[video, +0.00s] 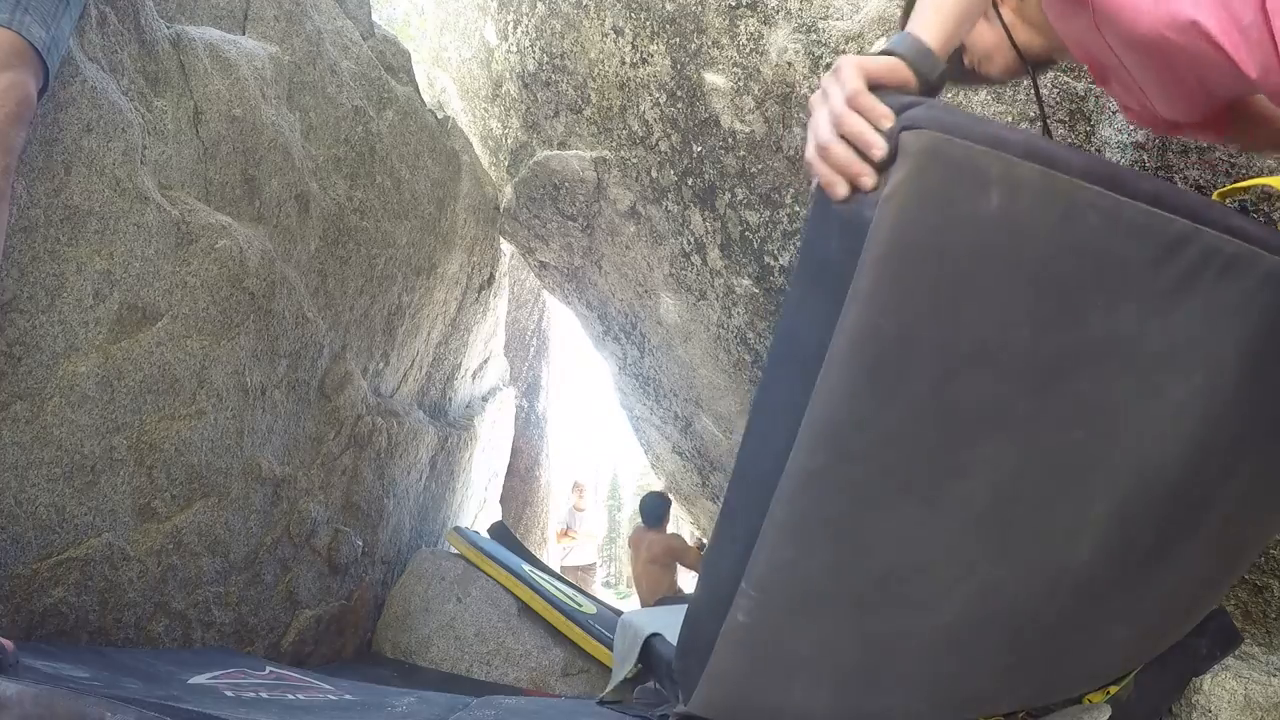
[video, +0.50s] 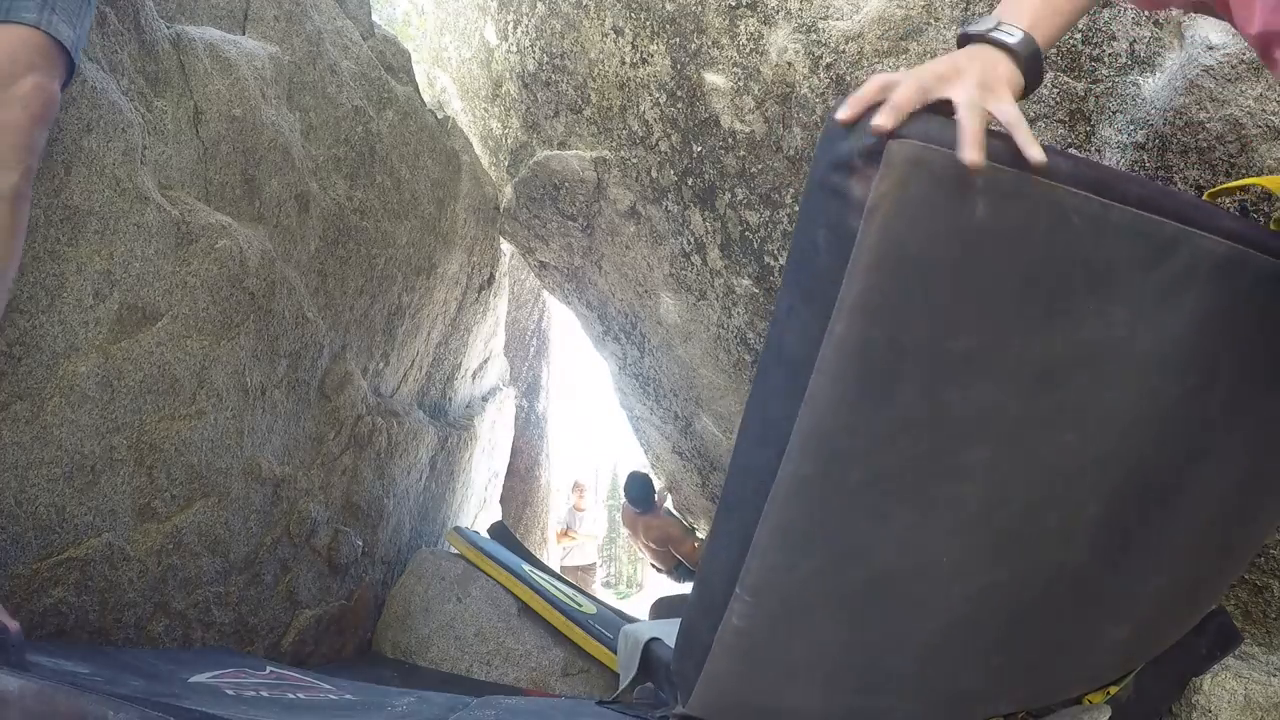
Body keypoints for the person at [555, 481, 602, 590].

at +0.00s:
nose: (581, 493)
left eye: (584, 490)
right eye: (578, 490)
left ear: (588, 492)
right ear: (572, 493)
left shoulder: (596, 513)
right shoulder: (565, 513)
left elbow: (597, 538)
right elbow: (560, 539)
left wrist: (570, 532)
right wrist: (584, 538)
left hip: (589, 564)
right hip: (568, 564)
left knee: (589, 603)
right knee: (569, 603)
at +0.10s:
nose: (581, 493)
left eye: (584, 490)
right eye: (578, 490)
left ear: (588, 493)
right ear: (572, 493)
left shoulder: (596, 513)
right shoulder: (565, 513)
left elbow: (597, 539)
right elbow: (560, 539)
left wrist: (571, 532)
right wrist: (584, 538)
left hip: (589, 564)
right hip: (568, 564)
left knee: (590, 602)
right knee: (568, 603)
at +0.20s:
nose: (581, 493)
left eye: (584, 490)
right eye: (578, 490)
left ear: (588, 493)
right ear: (572, 493)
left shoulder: (596, 513)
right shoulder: (565, 513)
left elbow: (597, 539)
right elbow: (560, 540)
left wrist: (571, 533)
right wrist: (584, 538)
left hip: (589, 564)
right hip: (568, 565)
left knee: (589, 603)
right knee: (569, 603)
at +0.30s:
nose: (581, 493)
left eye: (584, 490)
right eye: (578, 490)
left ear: (588, 493)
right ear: (572, 493)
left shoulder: (596, 513)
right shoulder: (565, 513)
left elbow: (597, 538)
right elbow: (560, 540)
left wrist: (571, 533)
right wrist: (585, 538)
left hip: (589, 563)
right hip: (568, 564)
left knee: (590, 603)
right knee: (569, 603)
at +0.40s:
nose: (581, 493)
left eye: (584, 490)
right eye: (578, 490)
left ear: (588, 492)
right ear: (572, 493)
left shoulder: (596, 513)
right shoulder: (565, 513)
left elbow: (597, 538)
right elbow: (559, 540)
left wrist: (570, 532)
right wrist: (584, 538)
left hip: (589, 564)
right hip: (568, 565)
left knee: (588, 604)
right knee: (568, 604)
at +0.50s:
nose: (581, 493)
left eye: (584, 490)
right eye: (578, 490)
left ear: (588, 493)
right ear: (572, 492)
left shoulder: (597, 513)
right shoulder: (565, 513)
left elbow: (597, 538)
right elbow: (560, 540)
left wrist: (569, 532)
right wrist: (584, 538)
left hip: (589, 563)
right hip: (568, 564)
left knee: (588, 603)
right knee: (568, 603)